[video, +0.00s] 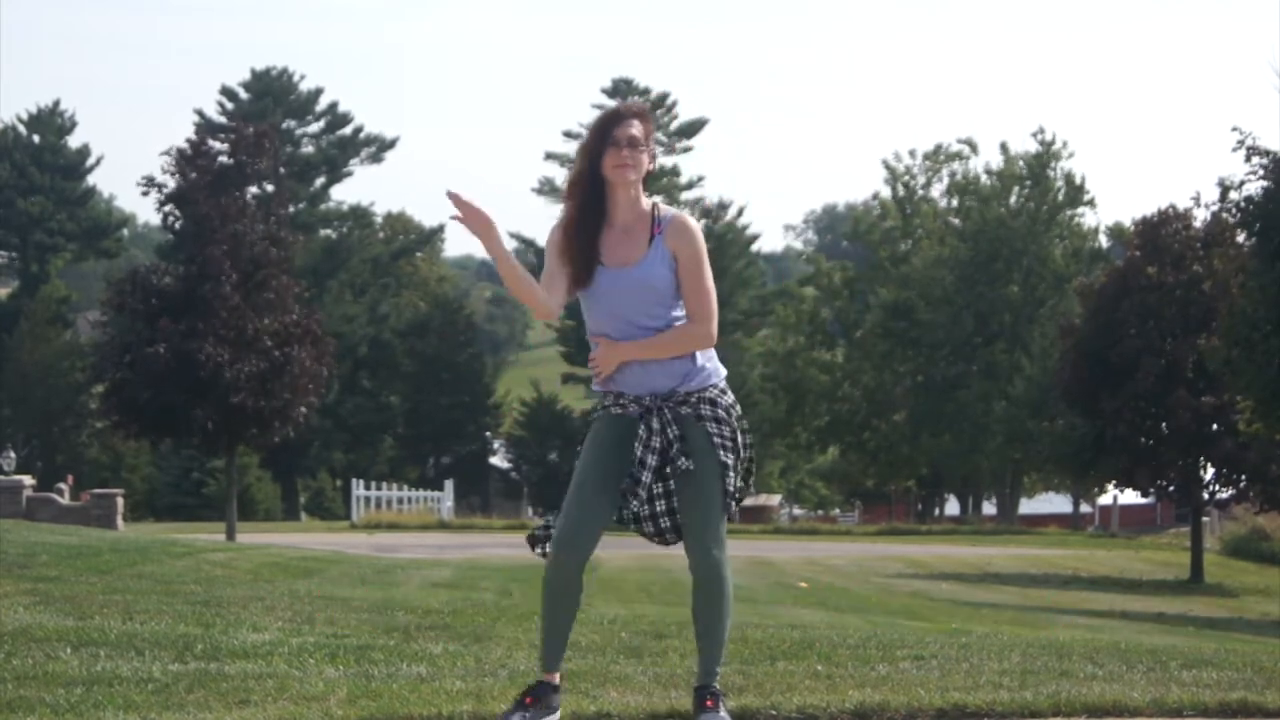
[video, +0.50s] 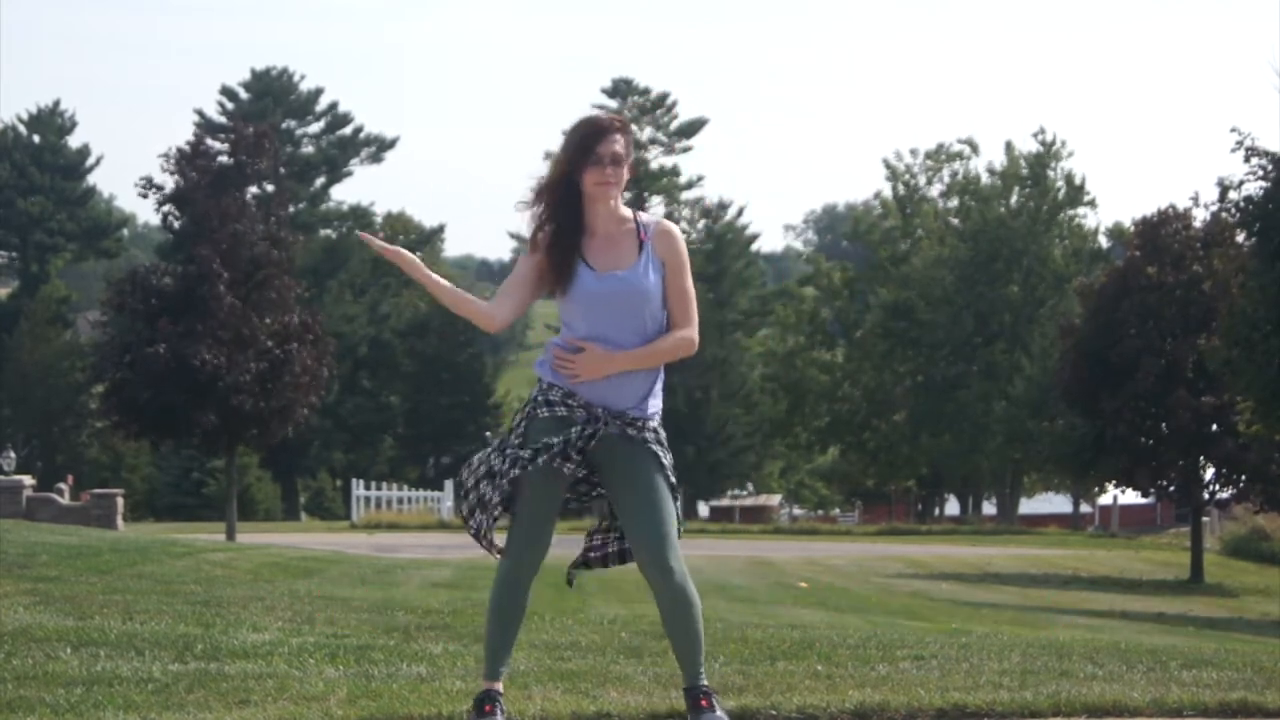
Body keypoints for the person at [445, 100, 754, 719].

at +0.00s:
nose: (632, 153)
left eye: (641, 144)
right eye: (621, 143)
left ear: (652, 157)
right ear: (598, 155)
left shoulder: (678, 229)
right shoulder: (573, 232)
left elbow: (704, 331)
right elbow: (546, 306)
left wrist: (624, 351)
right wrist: (493, 241)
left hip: (694, 400)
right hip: (621, 403)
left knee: (706, 550)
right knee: (567, 547)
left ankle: (709, 690)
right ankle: (547, 684)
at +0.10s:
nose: (618, 151)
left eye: (628, 143)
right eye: (607, 142)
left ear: (642, 155)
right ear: (587, 155)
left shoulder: (669, 229)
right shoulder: (562, 231)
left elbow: (691, 330)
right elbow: (516, 299)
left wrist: (609, 351)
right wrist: (441, 246)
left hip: (675, 405)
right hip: (600, 409)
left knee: (690, 548)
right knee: (555, 544)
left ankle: (708, 690)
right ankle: (497, 688)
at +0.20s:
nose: (609, 150)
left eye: (619, 142)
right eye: (598, 141)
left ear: (633, 154)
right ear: (576, 153)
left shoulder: (658, 231)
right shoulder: (551, 228)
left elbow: (674, 333)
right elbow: (493, 296)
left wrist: (597, 351)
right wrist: (409, 258)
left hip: (650, 410)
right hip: (572, 409)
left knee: (671, 552)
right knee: (535, 543)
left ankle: (704, 691)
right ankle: (493, 691)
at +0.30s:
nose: (601, 156)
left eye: (611, 147)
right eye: (590, 147)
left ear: (626, 158)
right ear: (569, 158)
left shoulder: (655, 234)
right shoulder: (547, 234)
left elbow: (667, 336)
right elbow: (477, 296)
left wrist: (588, 354)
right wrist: (386, 266)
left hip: (628, 413)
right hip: (551, 405)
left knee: (655, 552)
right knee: (522, 545)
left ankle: (700, 689)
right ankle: (490, 692)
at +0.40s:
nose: (602, 165)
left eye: (612, 156)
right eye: (590, 156)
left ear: (626, 165)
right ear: (568, 166)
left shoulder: (655, 238)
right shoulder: (549, 241)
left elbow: (676, 338)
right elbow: (478, 306)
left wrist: (599, 360)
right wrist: (391, 273)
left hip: (620, 420)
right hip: (546, 407)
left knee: (651, 555)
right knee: (517, 549)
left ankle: (697, 689)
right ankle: (489, 690)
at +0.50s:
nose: (613, 171)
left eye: (621, 162)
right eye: (601, 161)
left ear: (632, 170)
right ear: (575, 168)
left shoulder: (661, 238)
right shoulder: (554, 243)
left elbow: (686, 336)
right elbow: (494, 316)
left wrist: (614, 362)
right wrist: (418, 269)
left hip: (631, 421)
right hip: (556, 410)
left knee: (663, 561)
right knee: (525, 551)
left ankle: (699, 692)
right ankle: (491, 691)